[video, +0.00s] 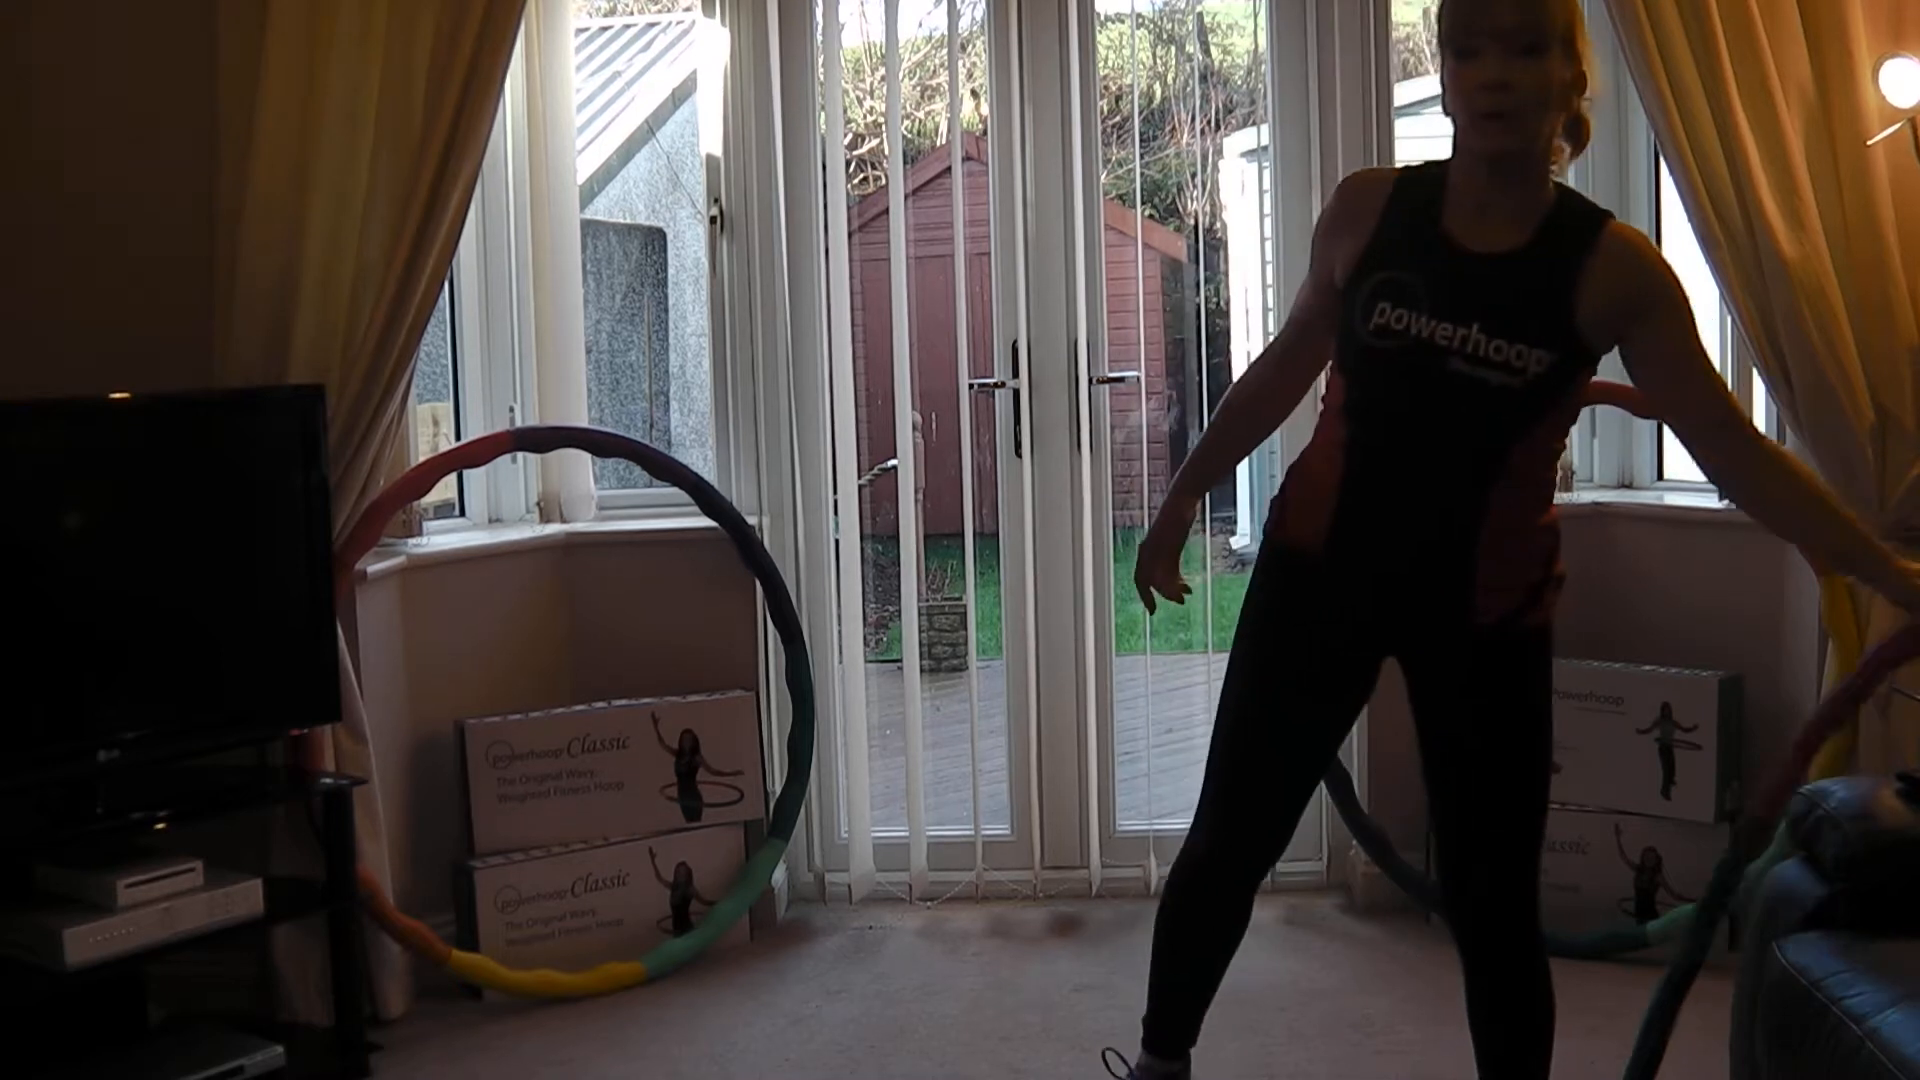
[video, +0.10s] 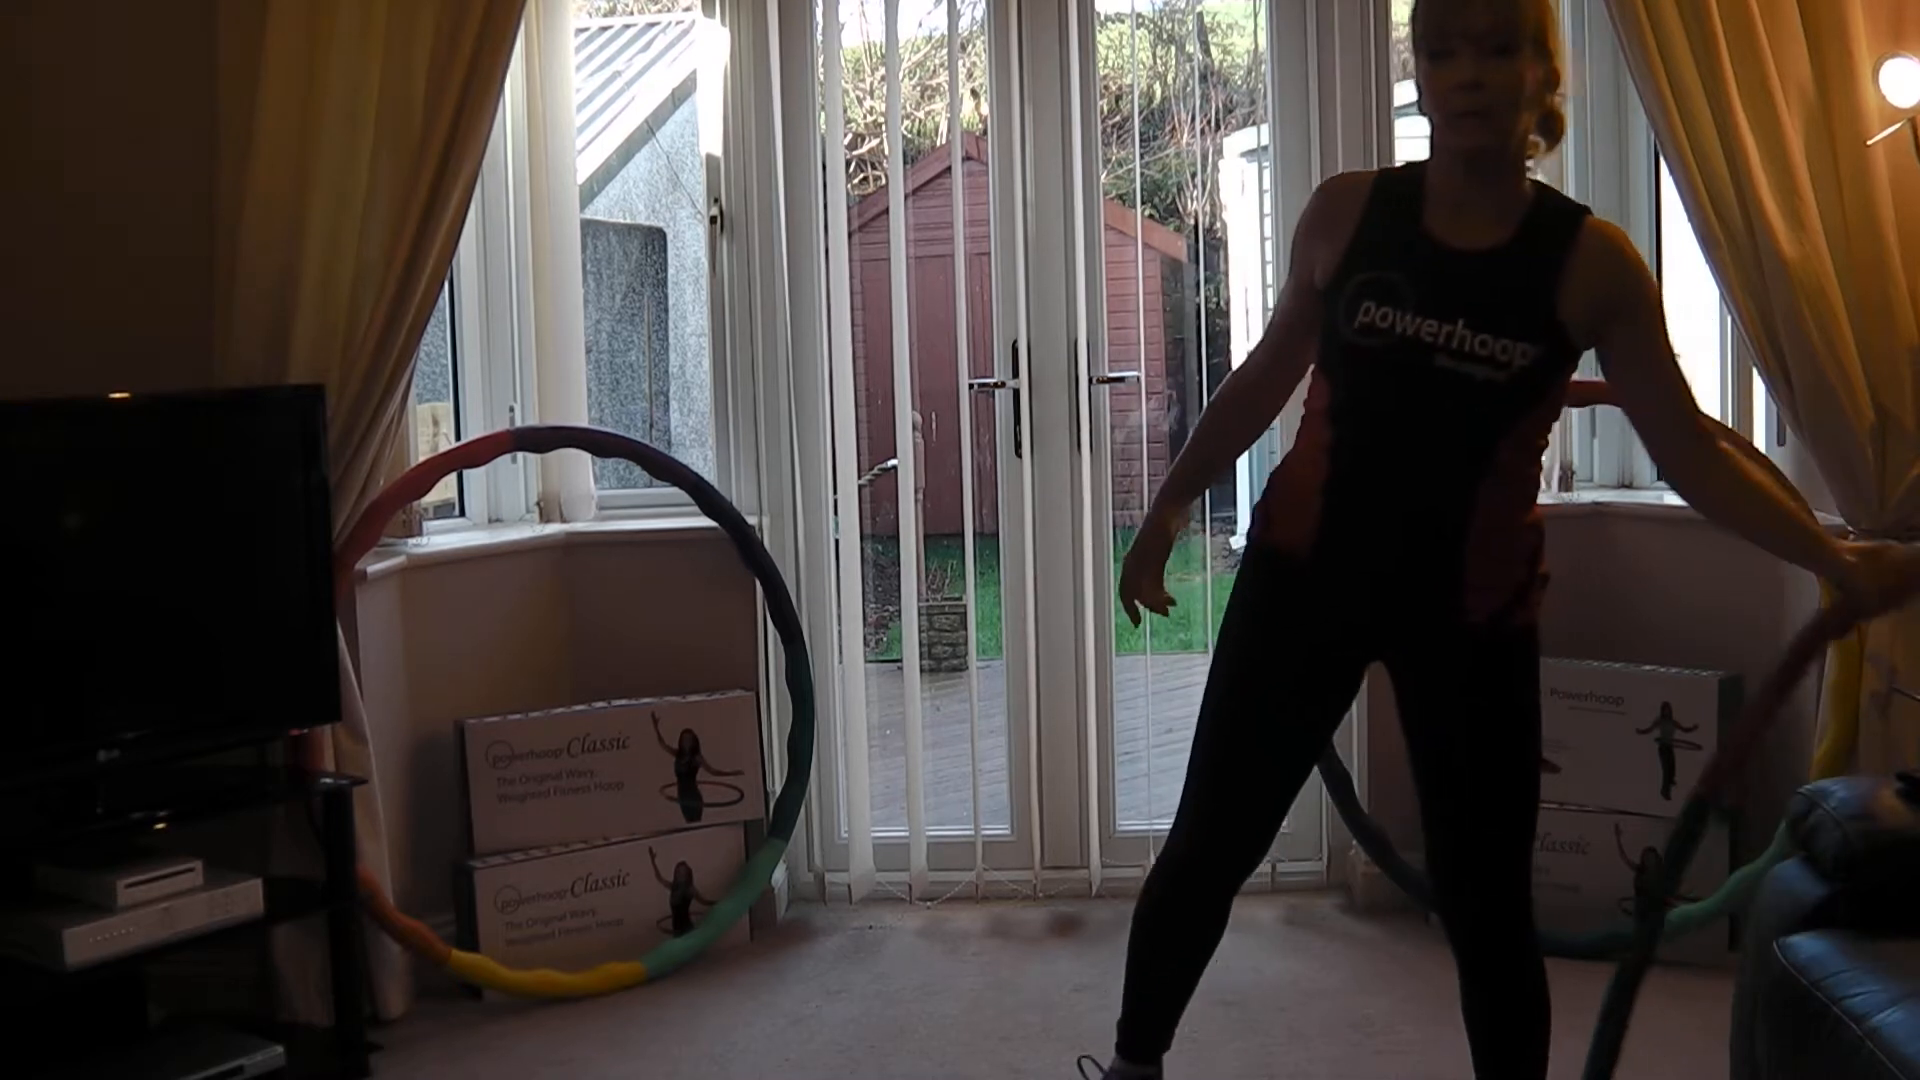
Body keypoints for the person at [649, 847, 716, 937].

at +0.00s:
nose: (681, 874)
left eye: (684, 871)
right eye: (678, 871)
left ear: (688, 874)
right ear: (675, 874)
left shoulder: (690, 889)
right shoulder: (673, 887)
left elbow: (704, 902)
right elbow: (659, 878)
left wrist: (718, 903)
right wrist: (652, 860)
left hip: (686, 924)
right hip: (676, 924)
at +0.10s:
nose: (681, 874)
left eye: (684, 871)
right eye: (678, 871)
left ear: (688, 874)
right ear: (675, 874)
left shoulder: (690, 889)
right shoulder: (673, 887)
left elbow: (703, 902)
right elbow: (659, 878)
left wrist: (717, 903)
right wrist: (653, 860)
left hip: (686, 924)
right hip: (675, 924)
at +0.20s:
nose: (681, 874)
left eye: (683, 872)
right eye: (678, 872)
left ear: (688, 874)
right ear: (675, 874)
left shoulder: (690, 889)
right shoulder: (673, 887)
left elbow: (703, 902)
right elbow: (659, 878)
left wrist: (717, 903)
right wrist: (652, 860)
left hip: (686, 924)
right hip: (675, 924)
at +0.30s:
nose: (681, 875)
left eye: (684, 872)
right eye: (678, 872)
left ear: (688, 874)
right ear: (675, 874)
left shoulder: (690, 889)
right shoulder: (673, 887)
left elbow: (703, 902)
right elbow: (659, 878)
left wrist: (717, 903)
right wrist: (652, 860)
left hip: (686, 924)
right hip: (675, 924)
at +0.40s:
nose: (681, 875)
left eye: (684, 872)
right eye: (678, 872)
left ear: (688, 874)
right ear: (675, 874)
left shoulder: (690, 889)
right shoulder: (673, 887)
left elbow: (703, 902)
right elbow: (659, 878)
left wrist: (717, 903)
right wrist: (652, 860)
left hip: (686, 924)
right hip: (675, 924)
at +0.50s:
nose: (681, 874)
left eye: (683, 872)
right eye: (678, 872)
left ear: (688, 874)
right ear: (675, 874)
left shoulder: (690, 889)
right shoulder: (673, 887)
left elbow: (703, 902)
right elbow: (659, 878)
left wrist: (717, 904)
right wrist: (652, 860)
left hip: (686, 924)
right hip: (675, 924)